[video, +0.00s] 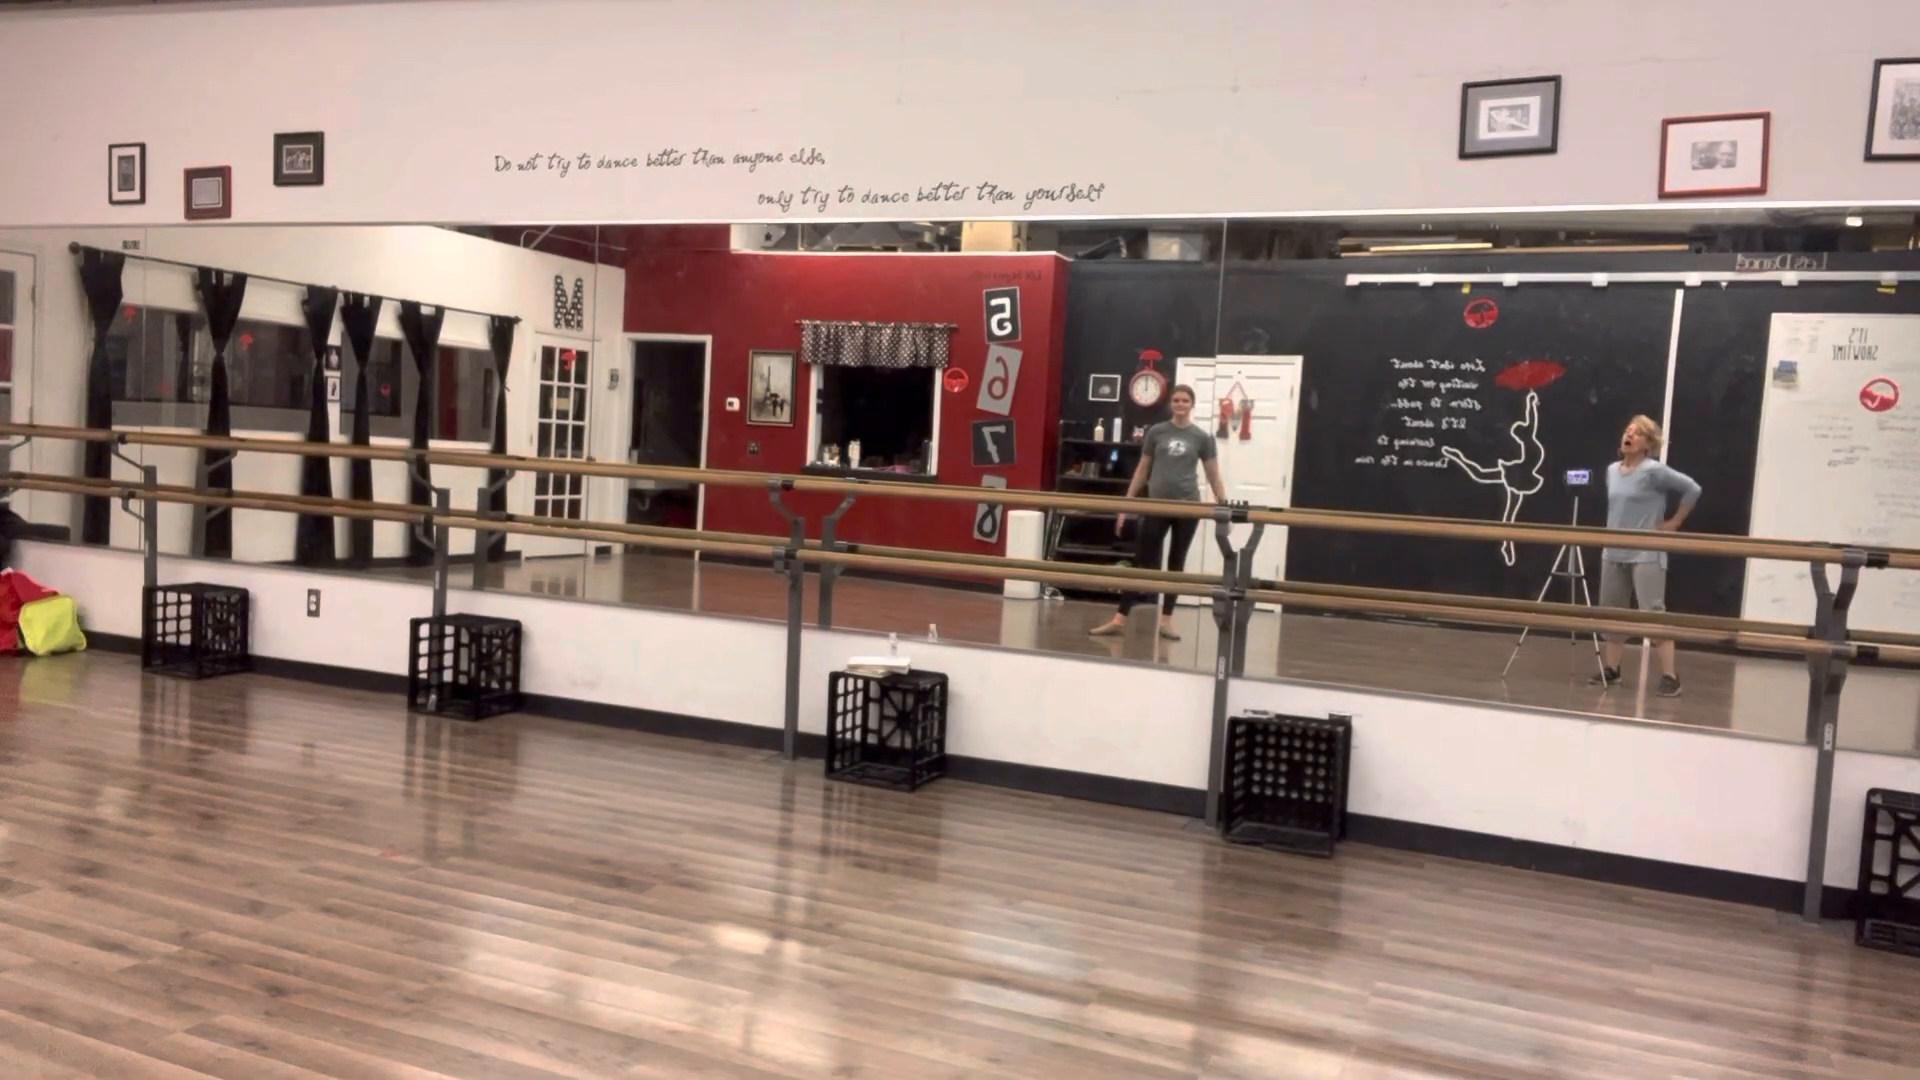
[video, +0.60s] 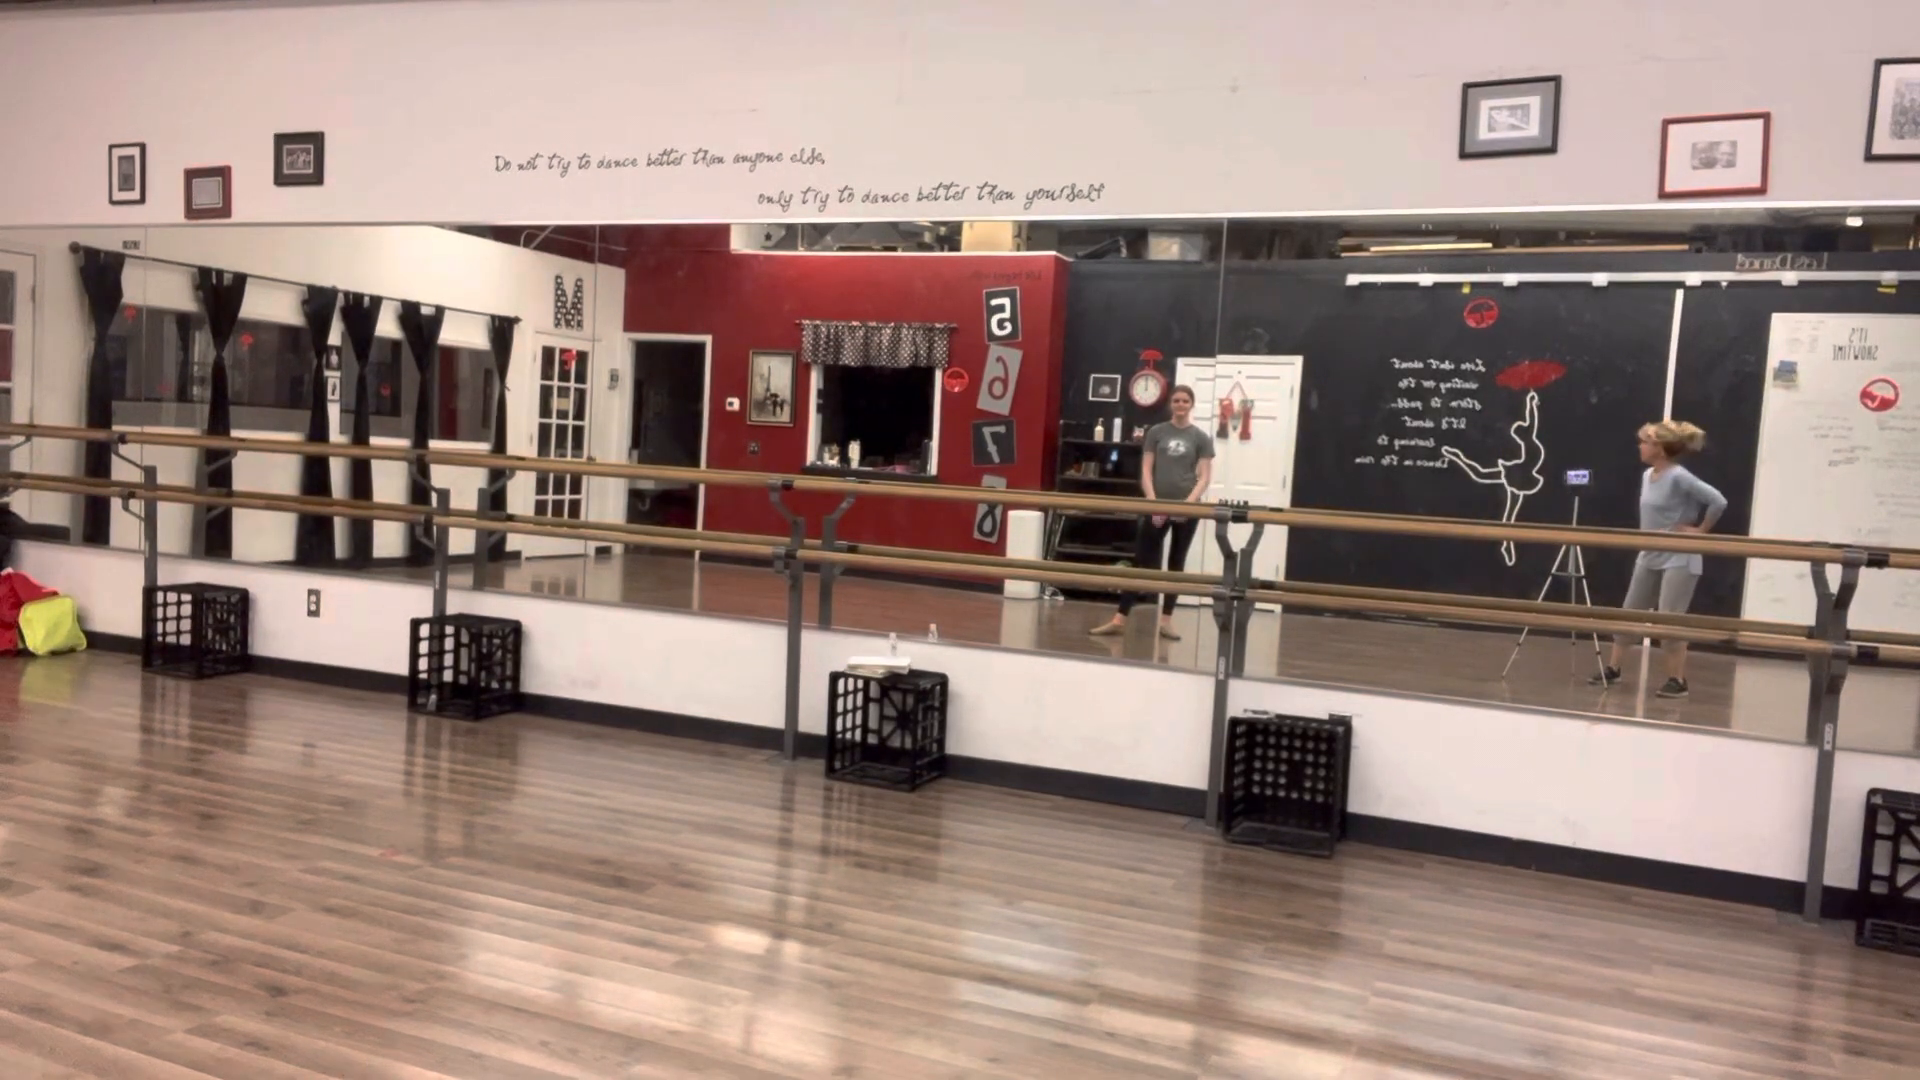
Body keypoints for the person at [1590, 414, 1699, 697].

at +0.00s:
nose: (1629, 437)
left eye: (1636, 434)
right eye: (1627, 432)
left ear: (1648, 444)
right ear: (1622, 437)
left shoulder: (1654, 471)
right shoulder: (1612, 470)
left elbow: (1692, 489)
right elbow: (1618, 503)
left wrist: (1674, 522)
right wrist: (1613, 526)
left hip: (1647, 553)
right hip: (1614, 551)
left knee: (1653, 614)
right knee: (1611, 612)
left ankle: (1669, 675)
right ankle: (1611, 669)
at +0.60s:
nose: (1640, 447)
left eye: (1645, 442)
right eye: (1641, 442)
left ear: (1661, 448)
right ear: (1655, 448)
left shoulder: (1679, 476)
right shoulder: (1647, 476)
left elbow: (1718, 501)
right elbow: (1658, 507)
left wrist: (1701, 530)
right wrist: (1650, 533)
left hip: (1681, 557)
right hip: (1650, 554)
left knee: (1669, 619)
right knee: (1630, 612)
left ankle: (1677, 679)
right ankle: (1613, 668)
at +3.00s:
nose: (1632, 450)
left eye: (1639, 445)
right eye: (1628, 444)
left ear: (1651, 446)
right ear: (1623, 445)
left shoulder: (1665, 471)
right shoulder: (1622, 470)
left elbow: (1701, 495)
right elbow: (1614, 484)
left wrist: (1677, 525)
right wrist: (1625, 460)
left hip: (1656, 554)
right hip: (1622, 553)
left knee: (1661, 615)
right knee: (1624, 615)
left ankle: (1672, 675)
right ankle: (1628, 669)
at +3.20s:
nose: (1638, 451)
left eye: (1645, 446)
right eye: (1634, 444)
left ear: (1656, 447)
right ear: (1628, 445)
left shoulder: (1670, 471)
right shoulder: (1626, 471)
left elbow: (1707, 496)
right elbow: (1619, 484)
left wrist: (1682, 526)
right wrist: (1630, 460)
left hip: (1661, 555)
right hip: (1626, 554)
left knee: (1665, 616)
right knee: (1627, 616)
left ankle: (1673, 676)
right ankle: (1628, 670)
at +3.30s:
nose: (1642, 451)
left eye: (1649, 446)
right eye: (1638, 444)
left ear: (1660, 447)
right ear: (1632, 445)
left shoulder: (1674, 472)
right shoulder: (1629, 471)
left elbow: (1711, 497)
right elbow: (1623, 484)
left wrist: (1686, 526)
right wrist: (1634, 460)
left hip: (1664, 555)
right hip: (1629, 554)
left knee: (1667, 616)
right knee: (1629, 615)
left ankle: (1673, 676)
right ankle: (1628, 670)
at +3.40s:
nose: (1647, 451)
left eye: (1654, 446)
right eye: (1643, 445)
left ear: (1666, 447)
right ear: (1636, 446)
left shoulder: (1678, 472)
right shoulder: (1634, 472)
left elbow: (1716, 497)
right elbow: (1627, 486)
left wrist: (1691, 527)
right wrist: (1640, 459)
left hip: (1669, 556)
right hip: (1634, 554)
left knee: (1669, 617)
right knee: (1632, 614)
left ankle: (1673, 675)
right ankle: (1629, 670)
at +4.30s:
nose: (1650, 450)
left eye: (1657, 444)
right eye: (1647, 443)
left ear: (1671, 447)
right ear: (1644, 444)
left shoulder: (1681, 473)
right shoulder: (1642, 472)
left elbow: (1718, 500)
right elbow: (1630, 487)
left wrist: (1694, 528)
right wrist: (1646, 461)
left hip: (1671, 557)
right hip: (1639, 555)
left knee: (1674, 619)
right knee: (1638, 616)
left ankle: (1674, 676)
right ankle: (1629, 670)